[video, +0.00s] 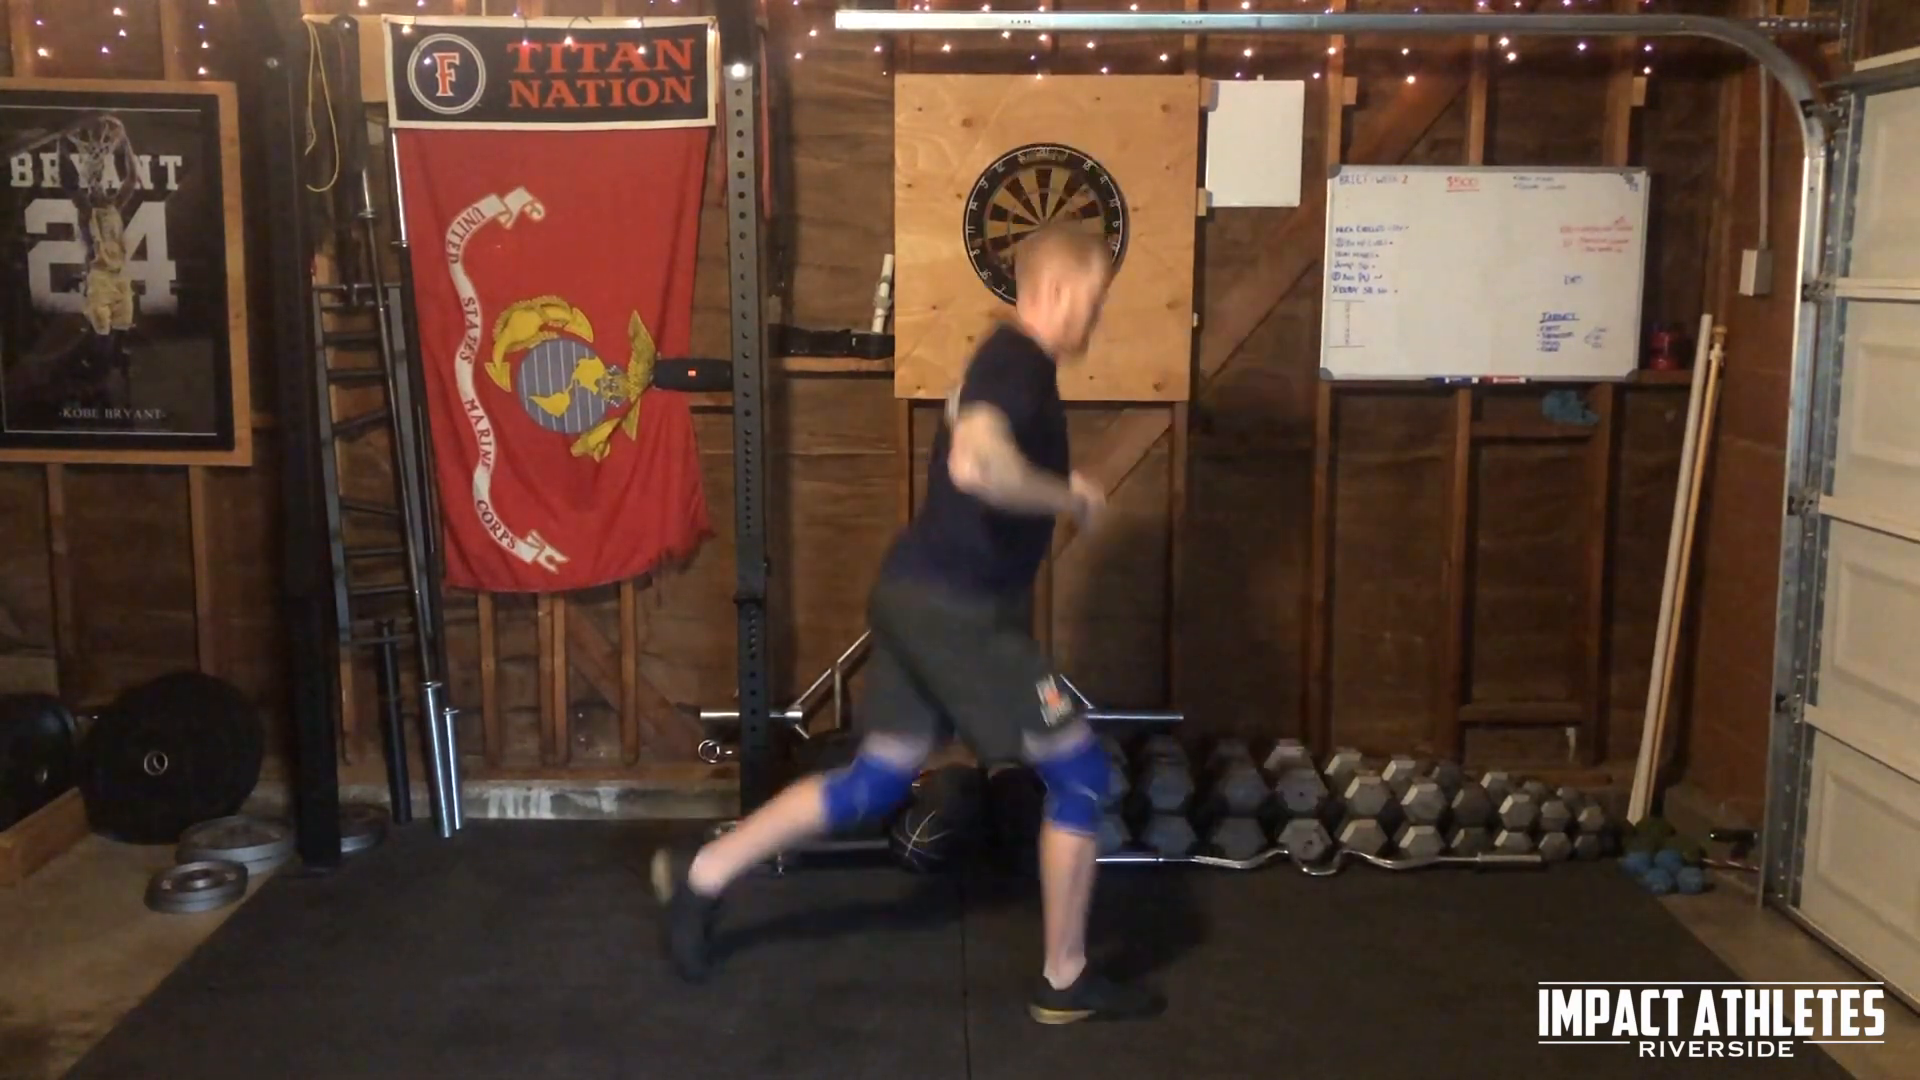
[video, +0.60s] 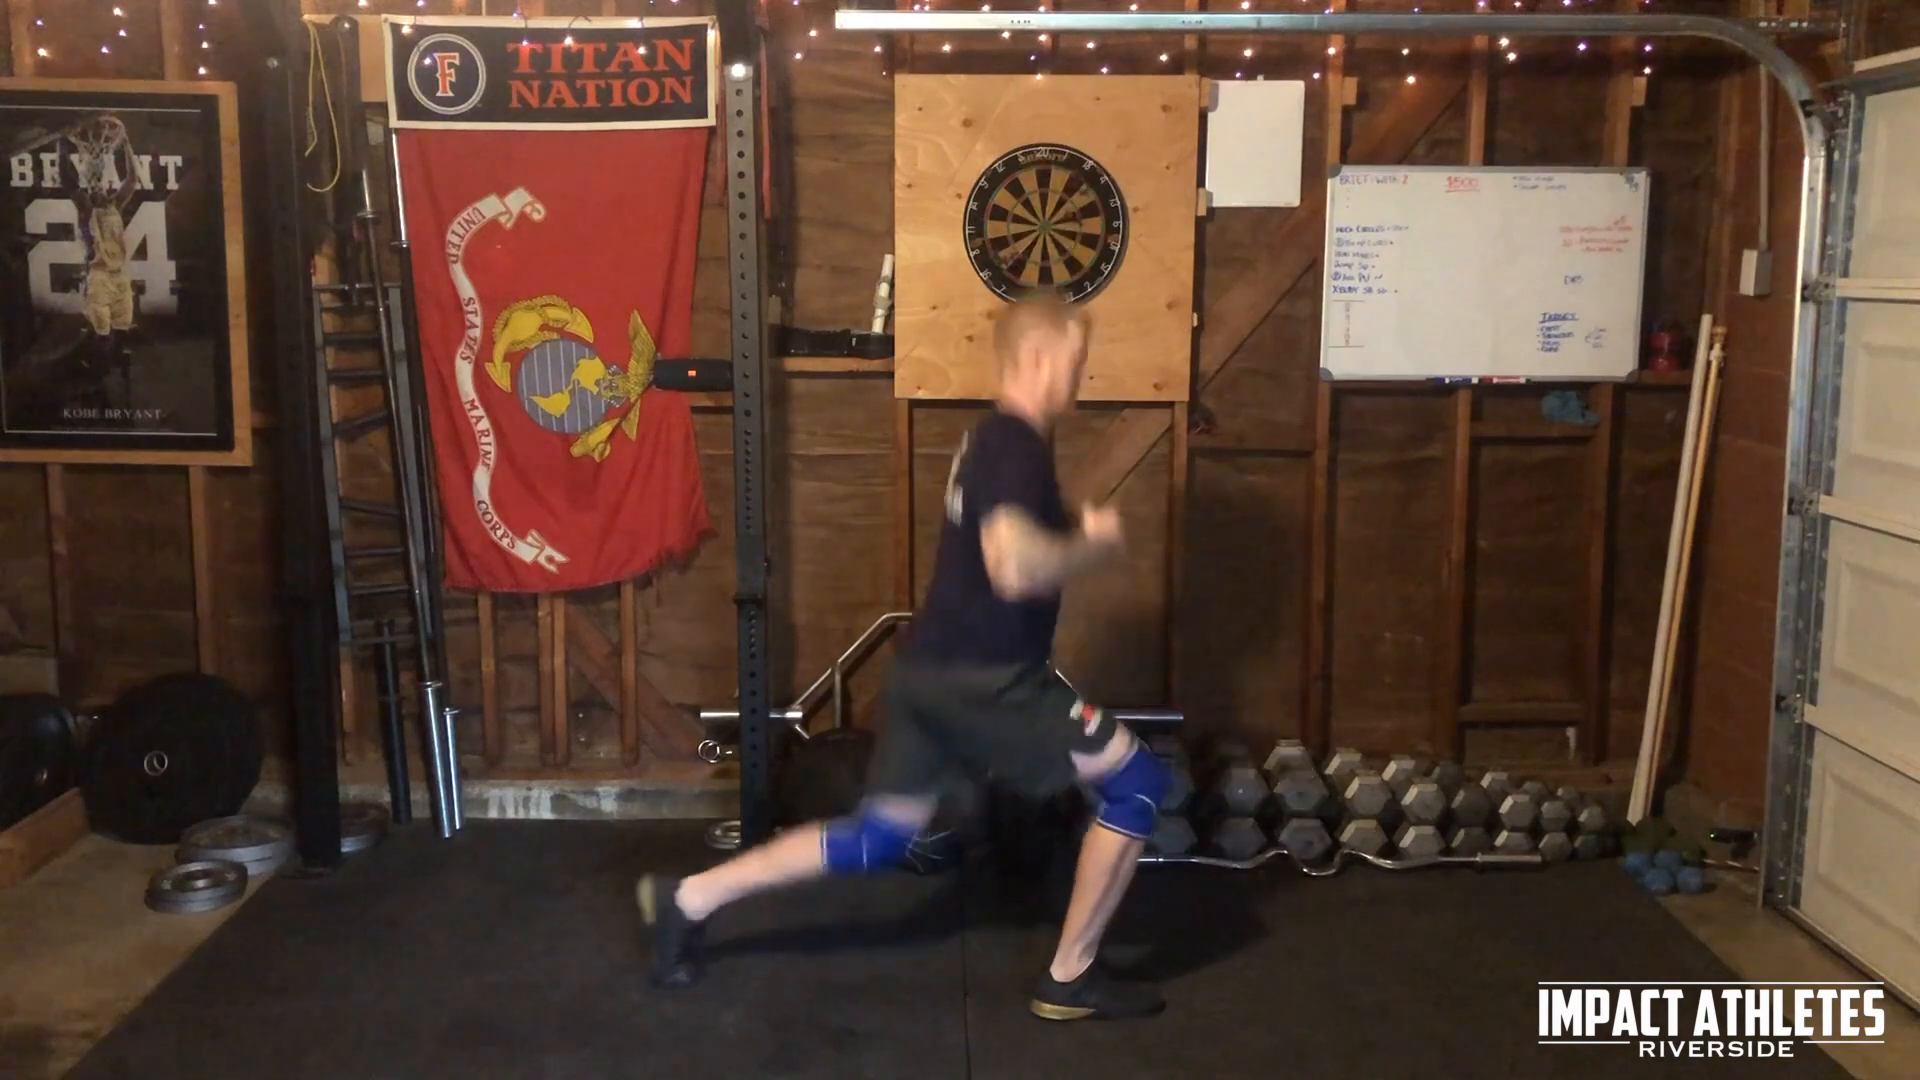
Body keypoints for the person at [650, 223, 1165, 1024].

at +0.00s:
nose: (1098, 314)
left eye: (1100, 298)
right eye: (1093, 297)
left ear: (1041, 289)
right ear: (1053, 290)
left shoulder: (1010, 356)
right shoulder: (1014, 361)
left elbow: (961, 420)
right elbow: (978, 461)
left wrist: (1048, 484)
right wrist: (1070, 496)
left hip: (922, 599)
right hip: (951, 607)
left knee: (873, 782)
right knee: (1079, 769)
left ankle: (699, 873)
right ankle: (1066, 977)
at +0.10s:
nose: (1096, 406)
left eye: (1098, 391)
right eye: (1093, 390)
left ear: (1031, 382)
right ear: (1058, 387)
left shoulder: (986, 456)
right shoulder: (1016, 458)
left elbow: (971, 568)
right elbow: (993, 568)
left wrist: (1066, 581)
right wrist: (1091, 597)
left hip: (904, 689)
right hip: (950, 693)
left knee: (869, 866)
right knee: (1122, 783)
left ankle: (669, 904)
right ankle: (1069, 976)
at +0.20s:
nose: (1094, 466)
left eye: (1095, 452)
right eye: (1089, 451)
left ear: (1034, 445)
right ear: (1050, 447)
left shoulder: (989, 513)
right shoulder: (1016, 520)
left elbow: (973, 648)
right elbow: (1000, 650)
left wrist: (1046, 698)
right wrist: (1098, 673)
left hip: (900, 741)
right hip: (946, 743)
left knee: (873, 921)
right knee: (1130, 787)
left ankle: (673, 904)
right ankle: (1069, 982)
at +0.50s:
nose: (1079, 449)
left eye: (1079, 434)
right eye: (1074, 433)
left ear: (1019, 435)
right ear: (1034, 435)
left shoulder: (986, 508)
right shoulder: (1008, 519)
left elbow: (986, 639)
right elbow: (1019, 657)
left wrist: (1046, 697)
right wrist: (1103, 630)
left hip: (915, 739)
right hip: (961, 740)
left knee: (879, 914)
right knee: (1143, 786)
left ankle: (680, 905)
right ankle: (1070, 981)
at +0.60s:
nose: (1080, 378)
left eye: (1081, 362)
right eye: (1075, 362)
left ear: (1021, 363)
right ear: (1036, 362)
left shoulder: (988, 438)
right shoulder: (1015, 446)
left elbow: (992, 546)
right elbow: (1013, 564)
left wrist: (1069, 538)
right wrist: (1094, 541)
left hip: (929, 674)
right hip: (991, 681)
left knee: (883, 834)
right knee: (1139, 784)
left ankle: (686, 899)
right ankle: (1071, 973)